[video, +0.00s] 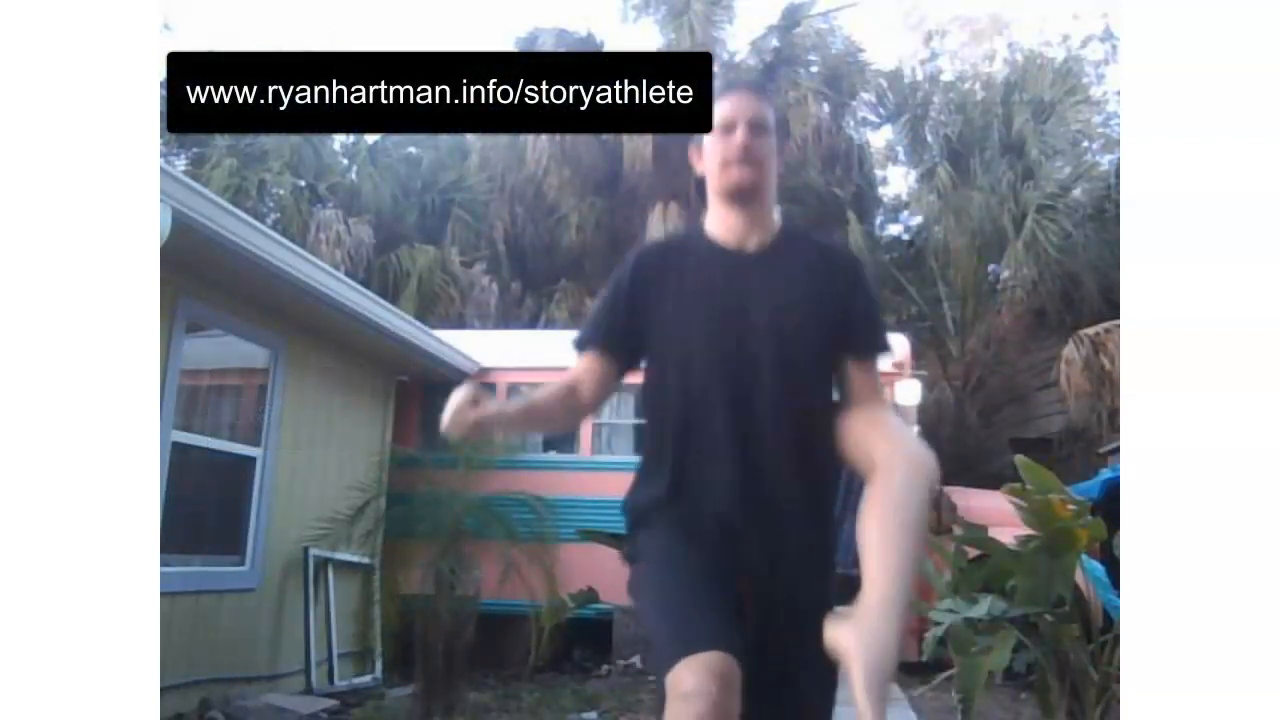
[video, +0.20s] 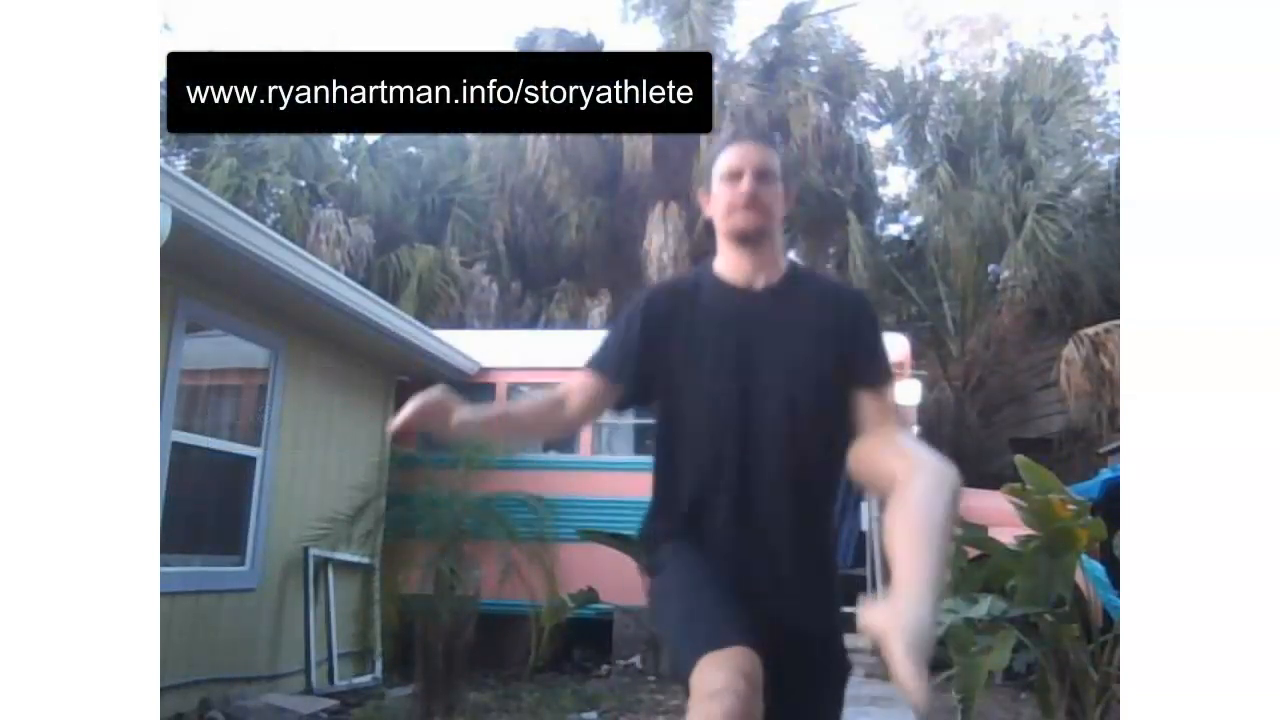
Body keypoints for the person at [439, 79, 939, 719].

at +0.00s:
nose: (743, 142)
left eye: (758, 129)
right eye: (725, 129)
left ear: (781, 150)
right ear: (698, 156)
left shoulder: (830, 268)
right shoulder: (655, 269)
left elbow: (865, 404)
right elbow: (580, 392)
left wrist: (900, 458)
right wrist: (496, 417)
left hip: (792, 537)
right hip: (681, 527)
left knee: (790, 712)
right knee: (705, 690)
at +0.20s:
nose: (748, 190)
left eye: (764, 177)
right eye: (732, 177)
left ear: (788, 198)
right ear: (707, 202)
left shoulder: (841, 310)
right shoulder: (663, 311)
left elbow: (877, 437)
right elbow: (568, 409)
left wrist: (916, 471)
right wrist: (460, 420)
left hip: (799, 566)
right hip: (692, 553)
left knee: (803, 712)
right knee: (729, 684)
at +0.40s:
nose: (750, 197)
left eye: (766, 184)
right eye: (734, 185)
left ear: (791, 207)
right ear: (707, 210)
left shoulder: (851, 322)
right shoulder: (668, 327)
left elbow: (887, 460)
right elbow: (576, 446)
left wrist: (937, 511)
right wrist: (475, 472)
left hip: (806, 585)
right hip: (696, 573)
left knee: (815, 713)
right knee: (745, 686)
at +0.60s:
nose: (784, 220)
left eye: (802, 202)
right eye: (765, 203)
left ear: (829, 220)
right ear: (737, 223)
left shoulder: (877, 336)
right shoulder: (690, 340)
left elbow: (944, 459)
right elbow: (610, 447)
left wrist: (1002, 425)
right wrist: (548, 508)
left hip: (832, 600)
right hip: (715, 609)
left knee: (849, 703)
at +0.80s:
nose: (768, 138)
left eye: (787, 125)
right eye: (752, 124)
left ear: (814, 151)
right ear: (725, 148)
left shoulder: (854, 262)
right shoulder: (674, 261)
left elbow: (897, 386)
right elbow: (601, 370)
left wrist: (949, 365)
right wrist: (492, 392)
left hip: (817, 542)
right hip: (700, 544)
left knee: (837, 699)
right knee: (688, 711)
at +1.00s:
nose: (777, 274)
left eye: (796, 260)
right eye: (759, 258)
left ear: (822, 283)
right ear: (729, 278)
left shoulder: (860, 389)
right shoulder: (676, 376)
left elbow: (926, 524)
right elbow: (593, 482)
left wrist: (981, 476)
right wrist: (486, 482)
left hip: (804, 631)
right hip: (692, 634)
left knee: (824, 698)